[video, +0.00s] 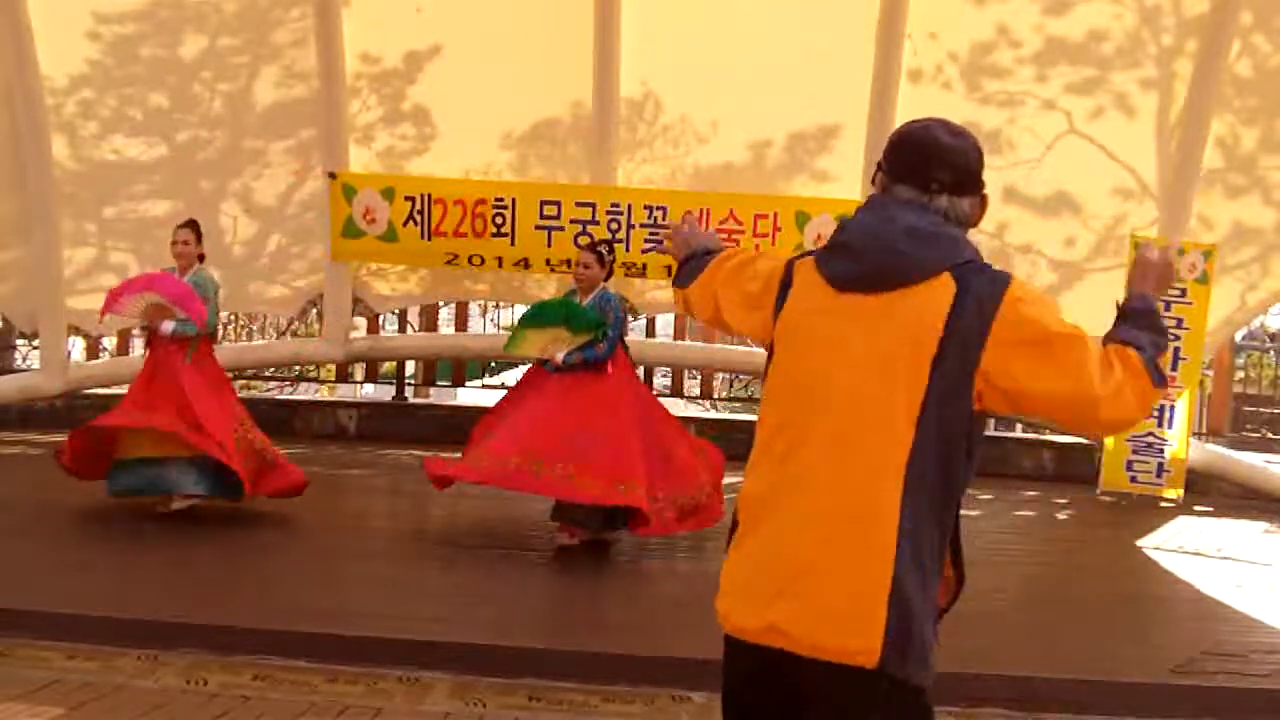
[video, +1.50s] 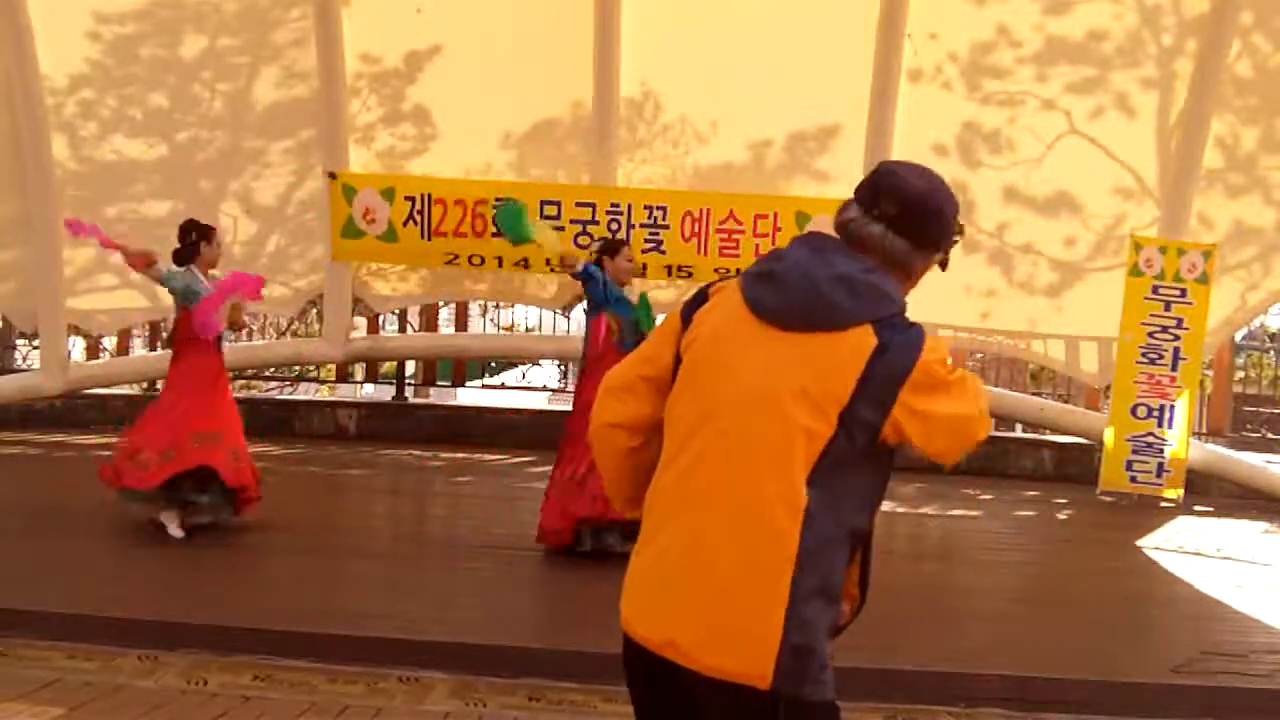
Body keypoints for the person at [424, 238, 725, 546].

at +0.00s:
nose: (580, 272)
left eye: (588, 267)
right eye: (577, 266)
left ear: (604, 272)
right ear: (574, 268)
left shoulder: (611, 303)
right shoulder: (569, 301)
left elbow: (606, 347)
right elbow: (552, 335)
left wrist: (566, 358)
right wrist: (547, 350)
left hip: (602, 388)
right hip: (572, 385)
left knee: (595, 453)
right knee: (574, 453)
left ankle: (592, 524)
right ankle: (576, 521)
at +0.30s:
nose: (579, 270)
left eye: (587, 266)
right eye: (577, 264)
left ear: (604, 271)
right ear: (574, 267)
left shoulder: (610, 303)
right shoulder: (564, 296)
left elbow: (606, 347)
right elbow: (529, 306)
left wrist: (565, 360)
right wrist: (492, 303)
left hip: (596, 383)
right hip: (560, 381)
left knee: (581, 448)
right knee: (556, 444)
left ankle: (562, 527)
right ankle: (555, 517)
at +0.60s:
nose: (582, 269)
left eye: (590, 264)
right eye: (578, 262)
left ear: (606, 270)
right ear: (574, 265)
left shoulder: (614, 307)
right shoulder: (562, 290)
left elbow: (605, 355)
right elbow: (521, 272)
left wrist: (567, 363)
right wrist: (490, 236)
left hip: (596, 389)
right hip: (560, 385)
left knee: (581, 452)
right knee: (551, 447)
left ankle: (574, 528)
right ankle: (552, 520)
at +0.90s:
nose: (588, 258)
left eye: (597, 254)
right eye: (584, 252)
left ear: (611, 261)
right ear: (578, 255)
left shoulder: (618, 297)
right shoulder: (566, 281)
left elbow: (623, 341)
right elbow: (541, 254)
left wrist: (590, 350)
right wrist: (518, 222)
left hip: (597, 375)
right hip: (560, 372)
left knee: (590, 438)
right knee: (554, 432)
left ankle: (583, 510)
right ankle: (553, 506)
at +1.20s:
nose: (602, 264)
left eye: (609, 260)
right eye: (597, 257)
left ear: (618, 266)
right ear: (587, 261)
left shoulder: (622, 305)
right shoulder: (574, 289)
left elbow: (645, 345)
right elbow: (540, 267)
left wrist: (622, 351)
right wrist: (499, 246)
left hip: (606, 379)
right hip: (572, 374)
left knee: (598, 444)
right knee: (564, 442)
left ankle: (589, 518)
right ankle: (550, 520)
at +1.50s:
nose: (633, 266)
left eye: (632, 260)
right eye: (627, 260)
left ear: (614, 262)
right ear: (607, 262)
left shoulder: (624, 300)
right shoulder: (603, 289)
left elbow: (635, 340)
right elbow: (594, 278)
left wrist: (644, 319)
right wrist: (578, 268)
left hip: (621, 386)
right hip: (599, 387)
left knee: (613, 452)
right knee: (595, 453)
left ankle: (608, 527)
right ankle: (589, 528)